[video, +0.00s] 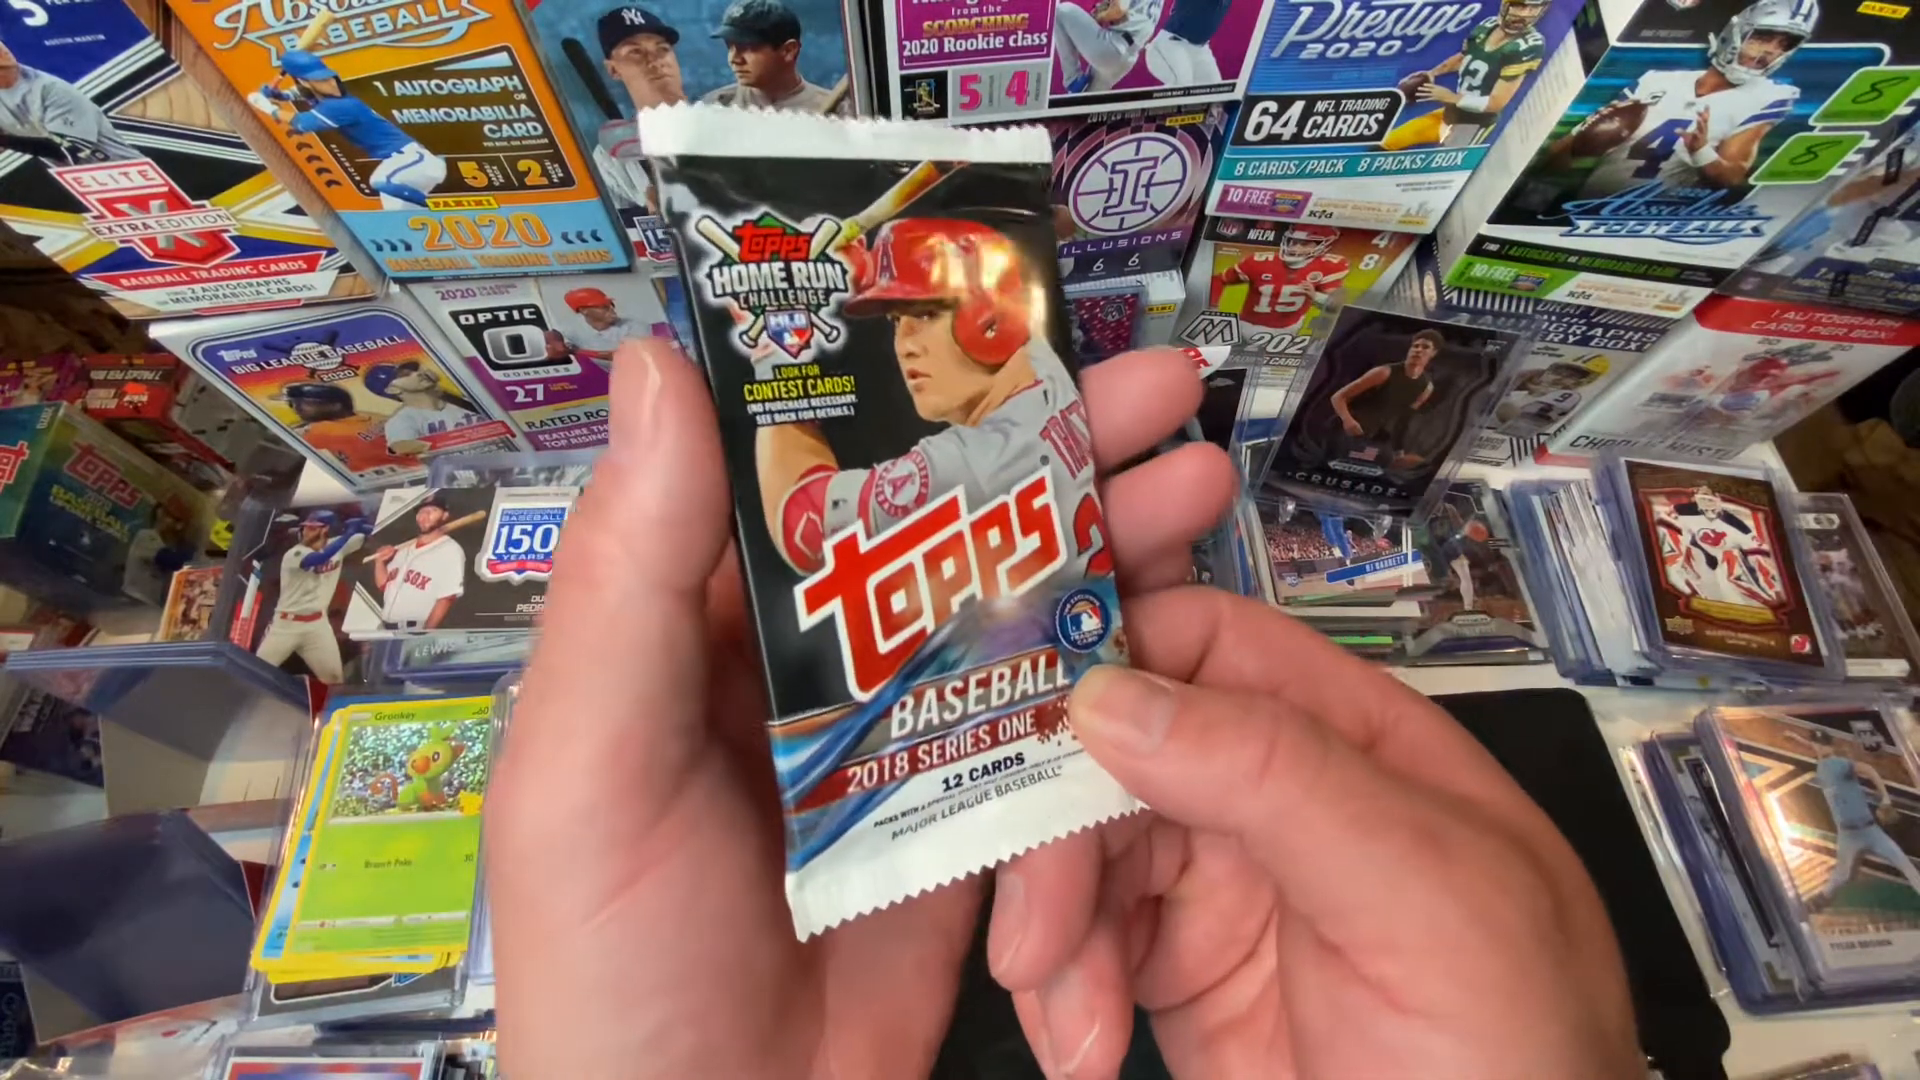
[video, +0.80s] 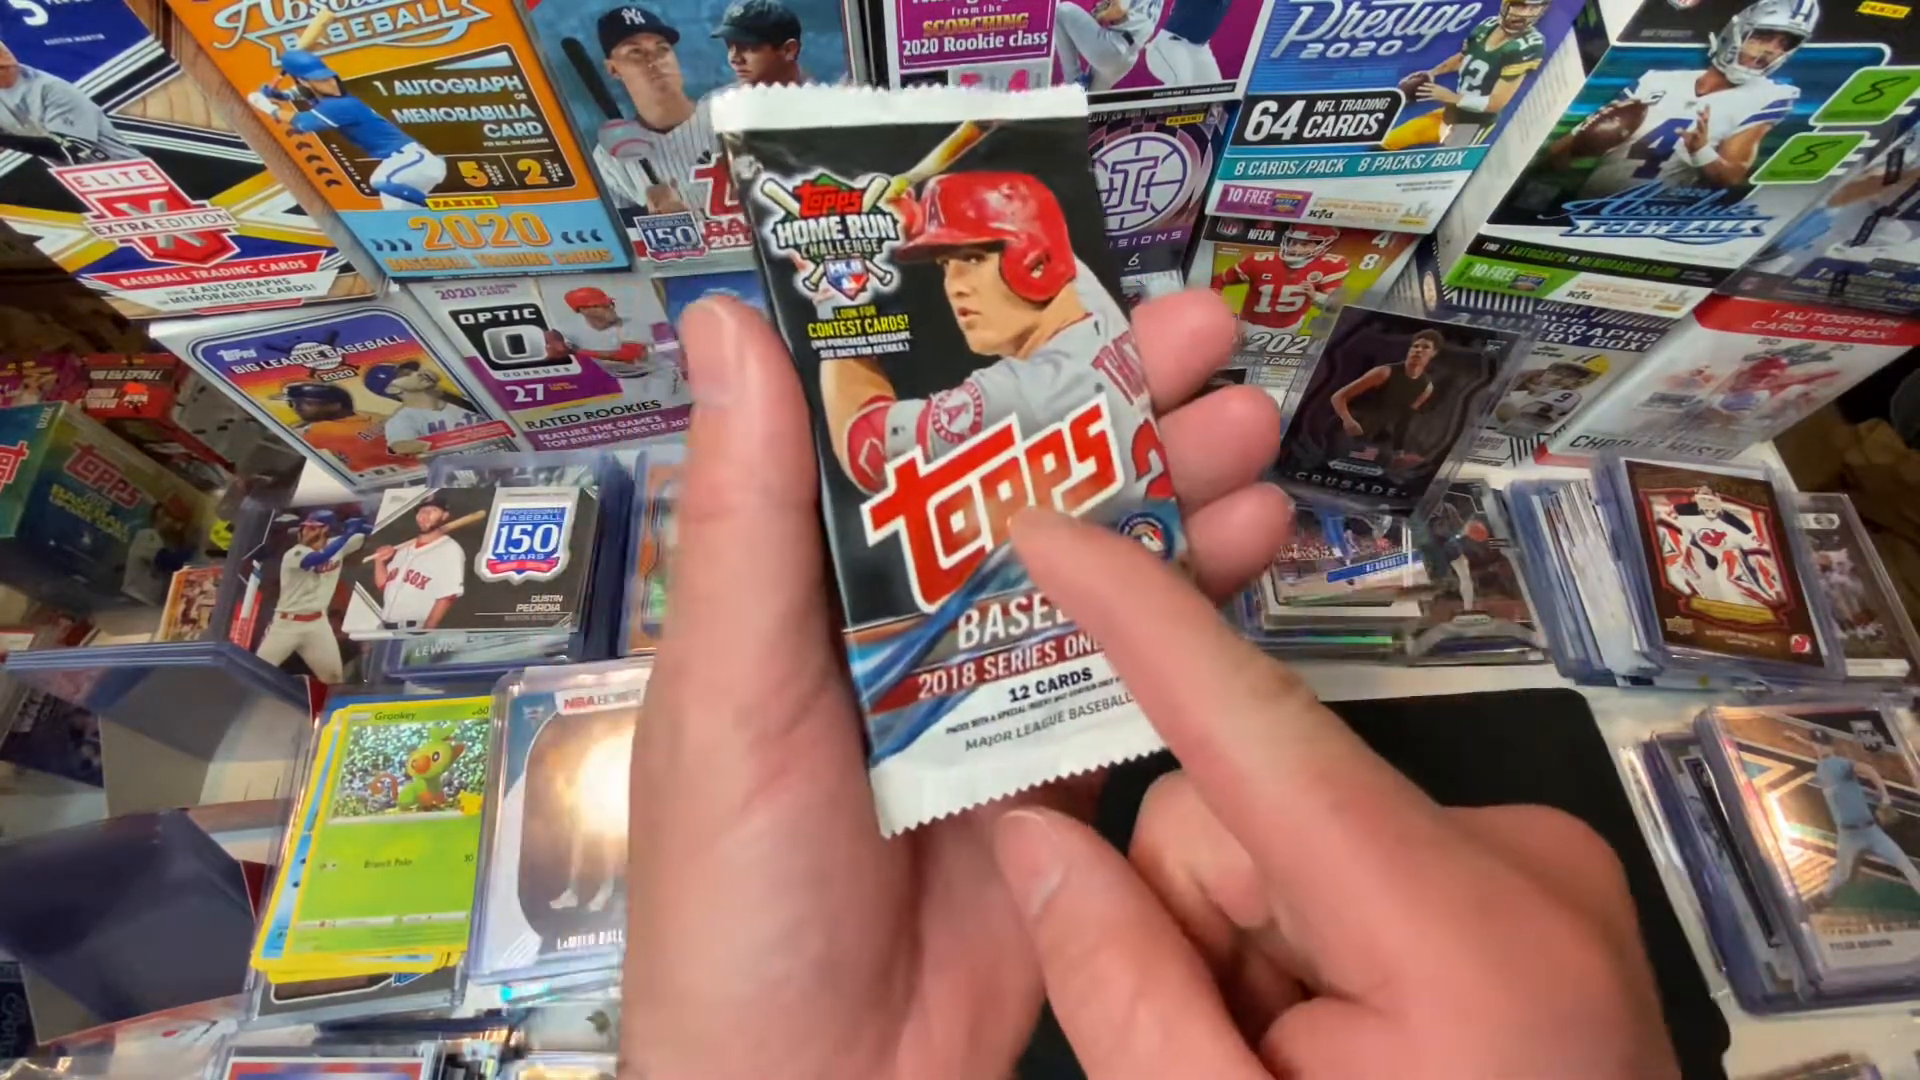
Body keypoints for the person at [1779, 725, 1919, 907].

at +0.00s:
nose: (1823, 750)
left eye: (1825, 745)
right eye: (1819, 746)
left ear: (1831, 745)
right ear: (1814, 748)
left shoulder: (1839, 764)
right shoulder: (1822, 767)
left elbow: (1868, 770)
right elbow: (1810, 745)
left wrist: (1885, 798)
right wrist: (1796, 737)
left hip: (1870, 829)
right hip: (1847, 834)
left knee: (1903, 862)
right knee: (1842, 875)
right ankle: (1824, 896)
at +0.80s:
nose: (1822, 749)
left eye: (1824, 744)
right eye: (1818, 745)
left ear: (1830, 745)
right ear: (1814, 748)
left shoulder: (1839, 764)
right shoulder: (1823, 767)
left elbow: (1869, 770)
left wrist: (1885, 797)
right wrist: (1796, 738)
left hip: (1871, 829)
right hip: (1847, 834)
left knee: (1903, 862)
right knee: (1842, 874)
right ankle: (1825, 896)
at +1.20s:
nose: (1823, 749)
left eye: (1825, 744)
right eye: (1818, 745)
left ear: (1831, 745)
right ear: (1813, 747)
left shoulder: (1838, 764)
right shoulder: (1823, 766)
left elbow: (1868, 770)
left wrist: (1885, 797)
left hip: (1871, 828)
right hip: (1847, 834)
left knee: (1904, 864)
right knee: (1842, 874)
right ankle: (1823, 898)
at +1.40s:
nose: (1824, 749)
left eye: (1826, 744)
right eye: (1819, 745)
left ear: (1831, 745)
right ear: (1814, 748)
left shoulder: (1839, 764)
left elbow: (1868, 770)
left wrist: (1885, 797)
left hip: (1871, 829)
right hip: (1847, 834)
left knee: (1904, 863)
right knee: (1842, 875)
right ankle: (1824, 897)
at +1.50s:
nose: (1823, 749)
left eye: (1826, 744)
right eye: (1819, 746)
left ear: (1831, 745)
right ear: (1814, 748)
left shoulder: (1839, 764)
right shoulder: (1823, 766)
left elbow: (1868, 770)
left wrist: (1885, 797)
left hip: (1870, 828)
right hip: (1847, 834)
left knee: (1904, 864)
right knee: (1843, 874)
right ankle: (1823, 897)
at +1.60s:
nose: (1823, 749)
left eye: (1825, 744)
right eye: (1819, 745)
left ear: (1831, 745)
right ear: (1814, 748)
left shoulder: (1839, 764)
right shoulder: (1823, 767)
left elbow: (1868, 770)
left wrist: (1885, 797)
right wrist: (1796, 738)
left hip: (1871, 828)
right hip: (1847, 834)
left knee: (1904, 863)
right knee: (1843, 875)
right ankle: (1823, 897)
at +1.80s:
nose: (1823, 749)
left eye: (1825, 744)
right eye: (1818, 745)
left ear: (1831, 745)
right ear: (1814, 748)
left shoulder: (1839, 763)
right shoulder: (1823, 766)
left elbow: (1868, 770)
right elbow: (1812, 748)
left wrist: (1885, 797)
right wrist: (1798, 739)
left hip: (1870, 828)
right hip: (1847, 833)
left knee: (1903, 863)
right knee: (1843, 873)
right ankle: (1824, 897)